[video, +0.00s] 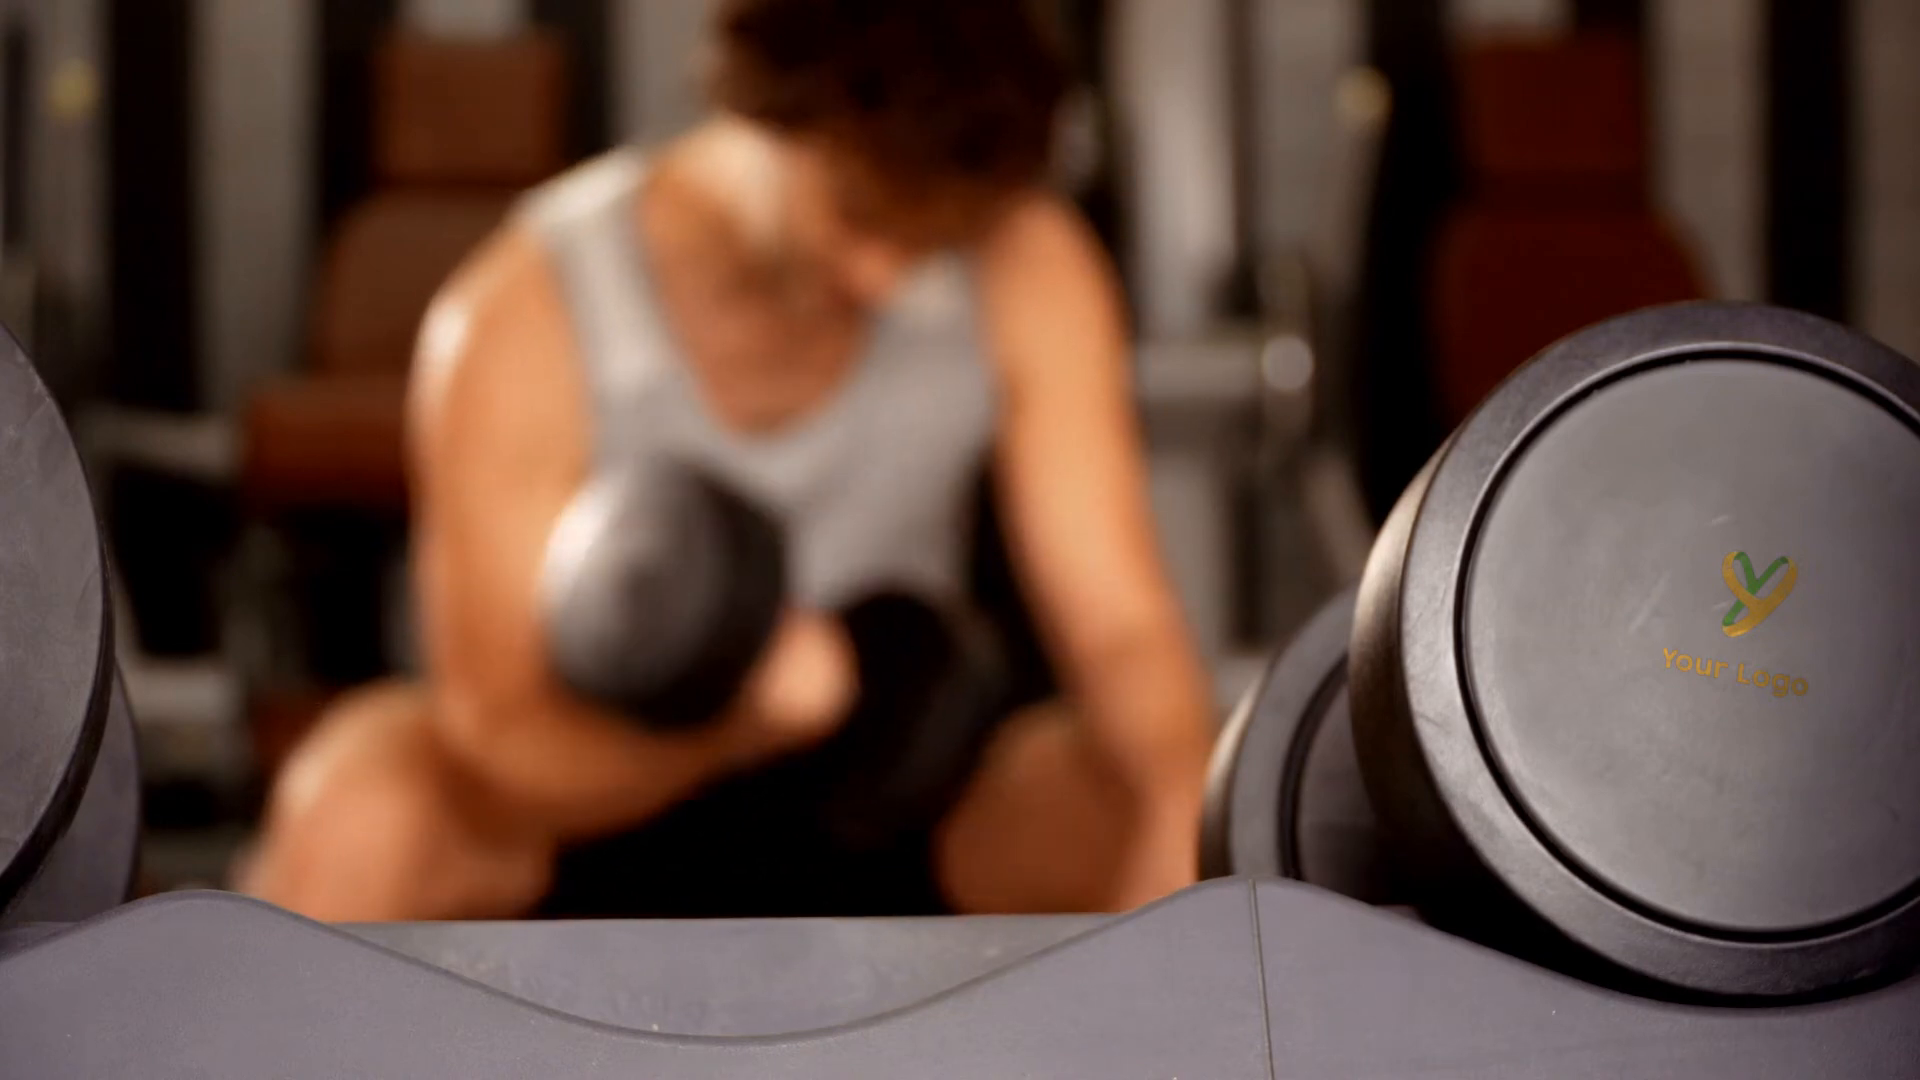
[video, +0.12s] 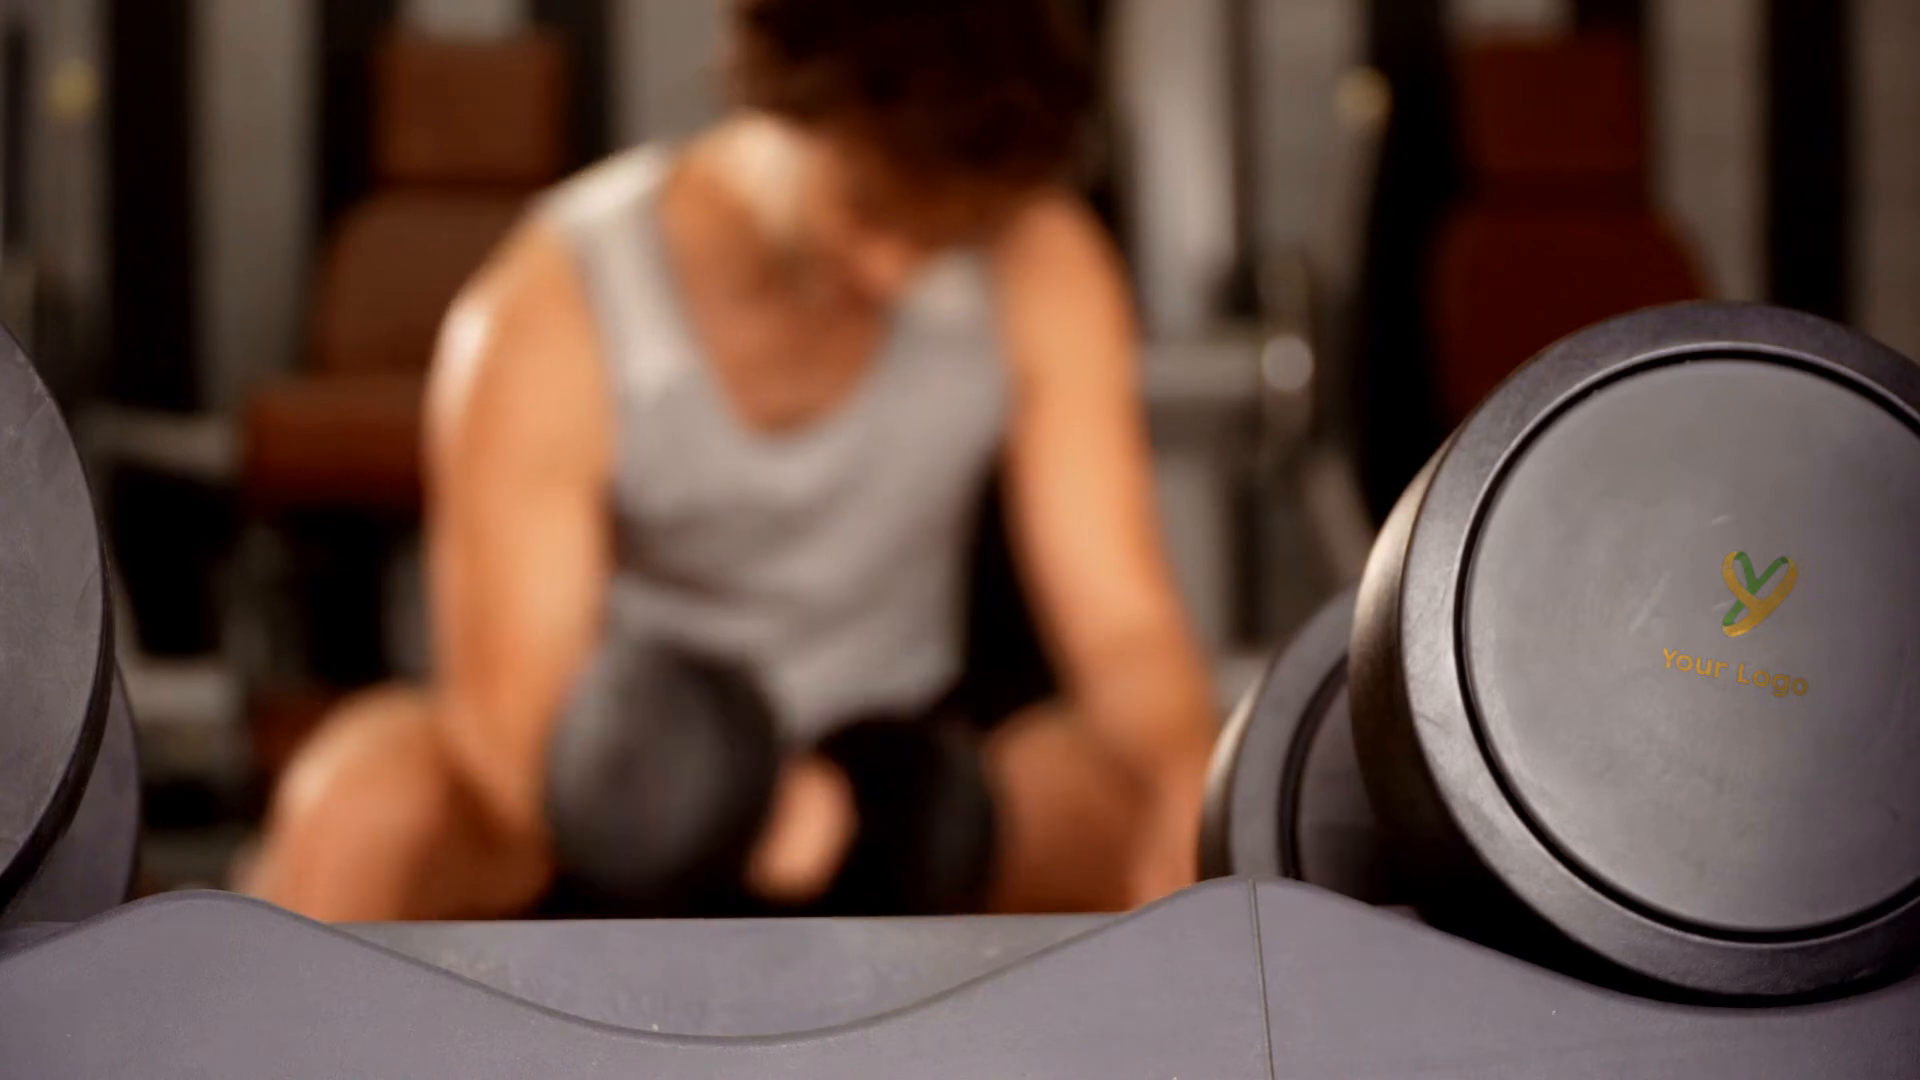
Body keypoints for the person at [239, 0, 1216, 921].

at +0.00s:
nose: (884, 277)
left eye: (930, 239)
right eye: (859, 223)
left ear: (984, 185)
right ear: (772, 128)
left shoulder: (1019, 259)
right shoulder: (518, 316)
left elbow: (1122, 629)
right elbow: (511, 752)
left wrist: (1183, 834)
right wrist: (751, 718)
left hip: (888, 783)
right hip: (593, 798)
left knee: (1184, 807)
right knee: (358, 797)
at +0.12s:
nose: (893, 271)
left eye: (944, 232)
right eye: (867, 214)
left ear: (1003, 179)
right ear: (785, 116)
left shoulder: (1034, 256)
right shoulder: (546, 313)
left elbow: (1125, 636)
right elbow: (514, 735)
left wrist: (1195, 807)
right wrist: (846, 823)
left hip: (901, 796)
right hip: (611, 796)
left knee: (1193, 800)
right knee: (360, 786)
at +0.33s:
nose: (916, 282)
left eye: (970, 240)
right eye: (889, 220)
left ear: (1024, 192)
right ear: (805, 120)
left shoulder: (1052, 262)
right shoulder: (584, 314)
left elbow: (1133, 641)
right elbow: (519, 791)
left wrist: (1207, 826)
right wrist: (678, 1040)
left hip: (901, 778)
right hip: (624, 789)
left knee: (1192, 815)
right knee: (363, 798)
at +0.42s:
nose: (921, 288)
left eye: (976, 246)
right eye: (896, 227)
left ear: (1031, 199)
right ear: (810, 129)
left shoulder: (1055, 264)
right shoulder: (592, 320)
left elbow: (1135, 642)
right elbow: (521, 794)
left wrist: (1209, 832)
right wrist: (634, 1052)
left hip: (901, 778)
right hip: (626, 789)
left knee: (1193, 816)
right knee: (365, 800)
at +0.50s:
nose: (923, 296)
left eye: (976, 253)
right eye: (896, 233)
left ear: (1032, 206)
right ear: (810, 134)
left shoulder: (1056, 266)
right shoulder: (596, 334)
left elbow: (1137, 643)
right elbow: (523, 804)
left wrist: (1210, 828)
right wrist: (604, 1060)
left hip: (901, 779)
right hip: (626, 792)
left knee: (1193, 816)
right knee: (365, 801)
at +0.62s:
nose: (923, 308)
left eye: (977, 264)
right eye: (897, 244)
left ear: (1032, 223)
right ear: (806, 144)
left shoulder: (1054, 273)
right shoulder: (595, 349)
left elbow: (1138, 646)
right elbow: (524, 817)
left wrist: (1207, 841)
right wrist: (573, 1068)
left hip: (901, 781)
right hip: (623, 795)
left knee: (1191, 815)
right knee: (362, 801)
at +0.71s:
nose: (919, 312)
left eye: (973, 267)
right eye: (893, 247)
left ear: (1029, 228)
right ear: (801, 147)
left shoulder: (1049, 271)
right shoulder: (592, 356)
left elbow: (1136, 646)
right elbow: (524, 819)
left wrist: (1213, 845)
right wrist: (554, 1072)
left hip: (902, 784)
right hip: (624, 800)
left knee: (1192, 814)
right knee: (359, 800)